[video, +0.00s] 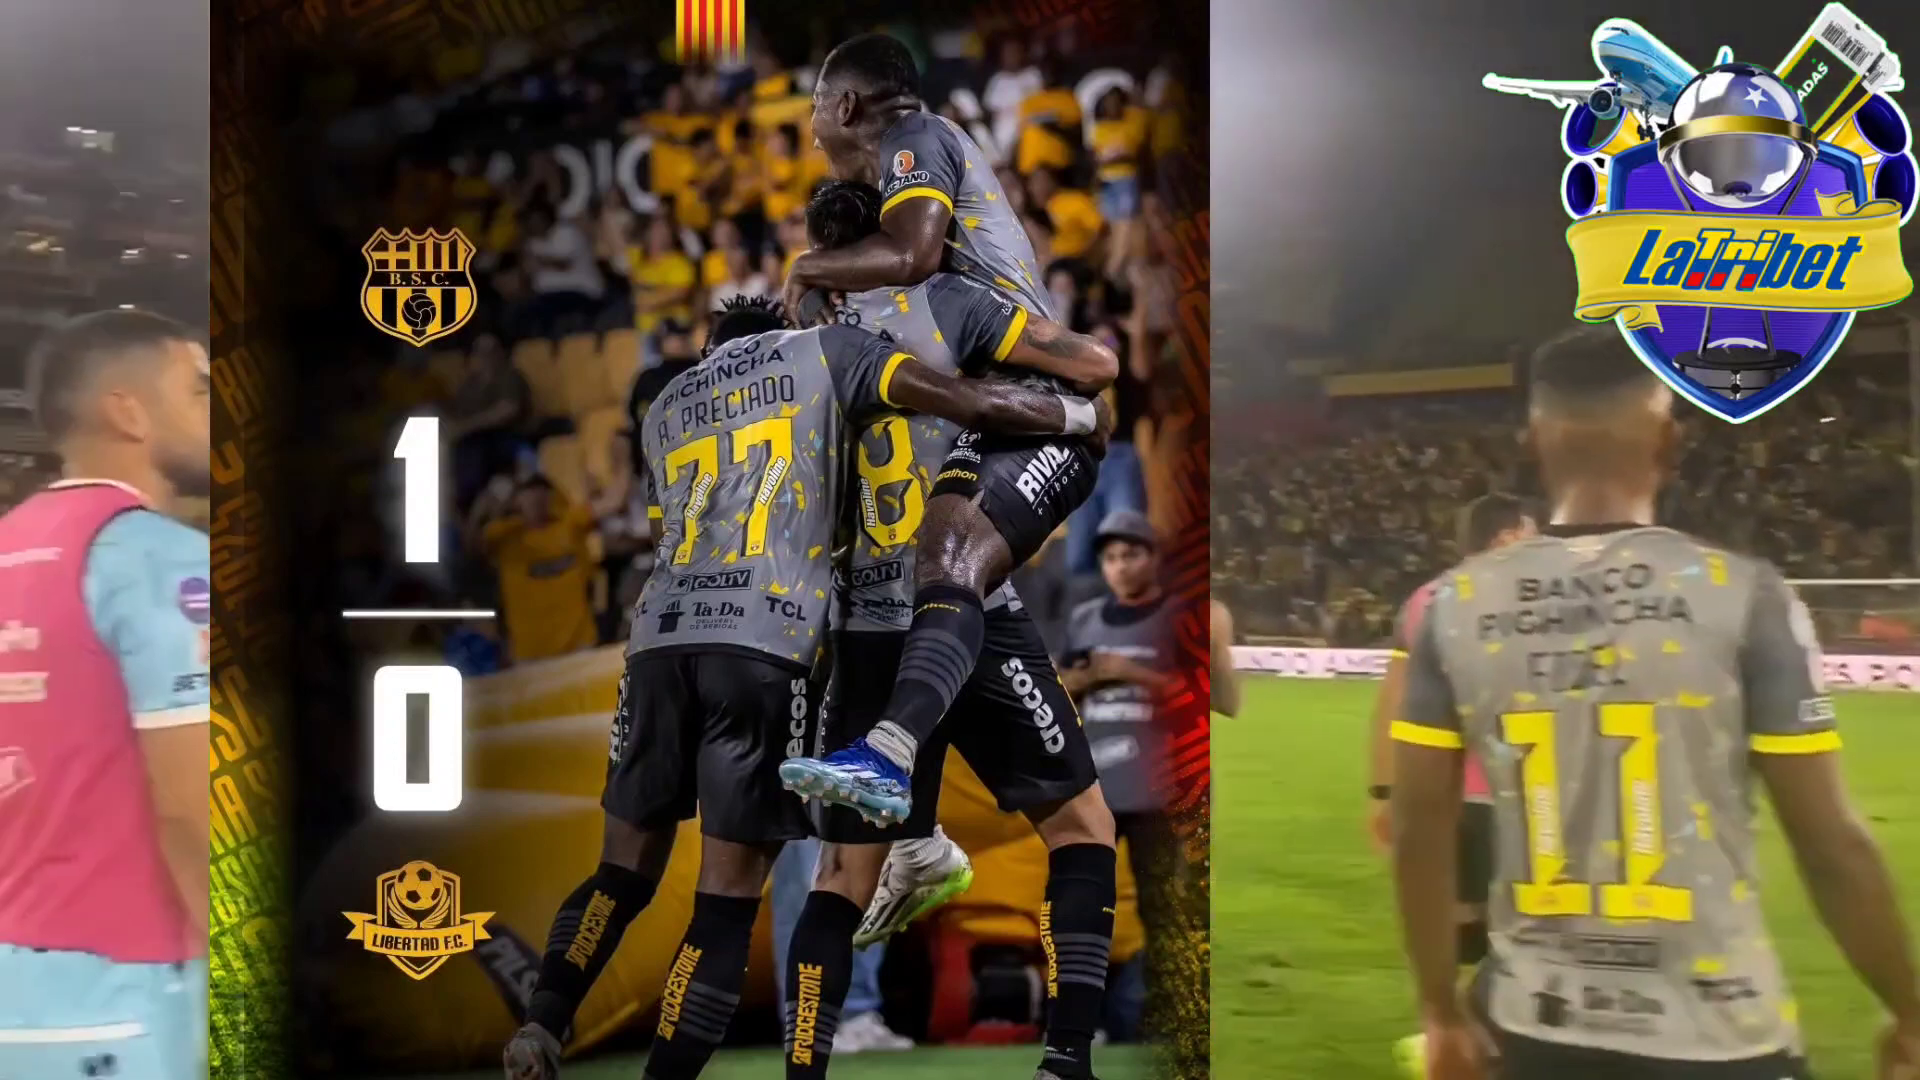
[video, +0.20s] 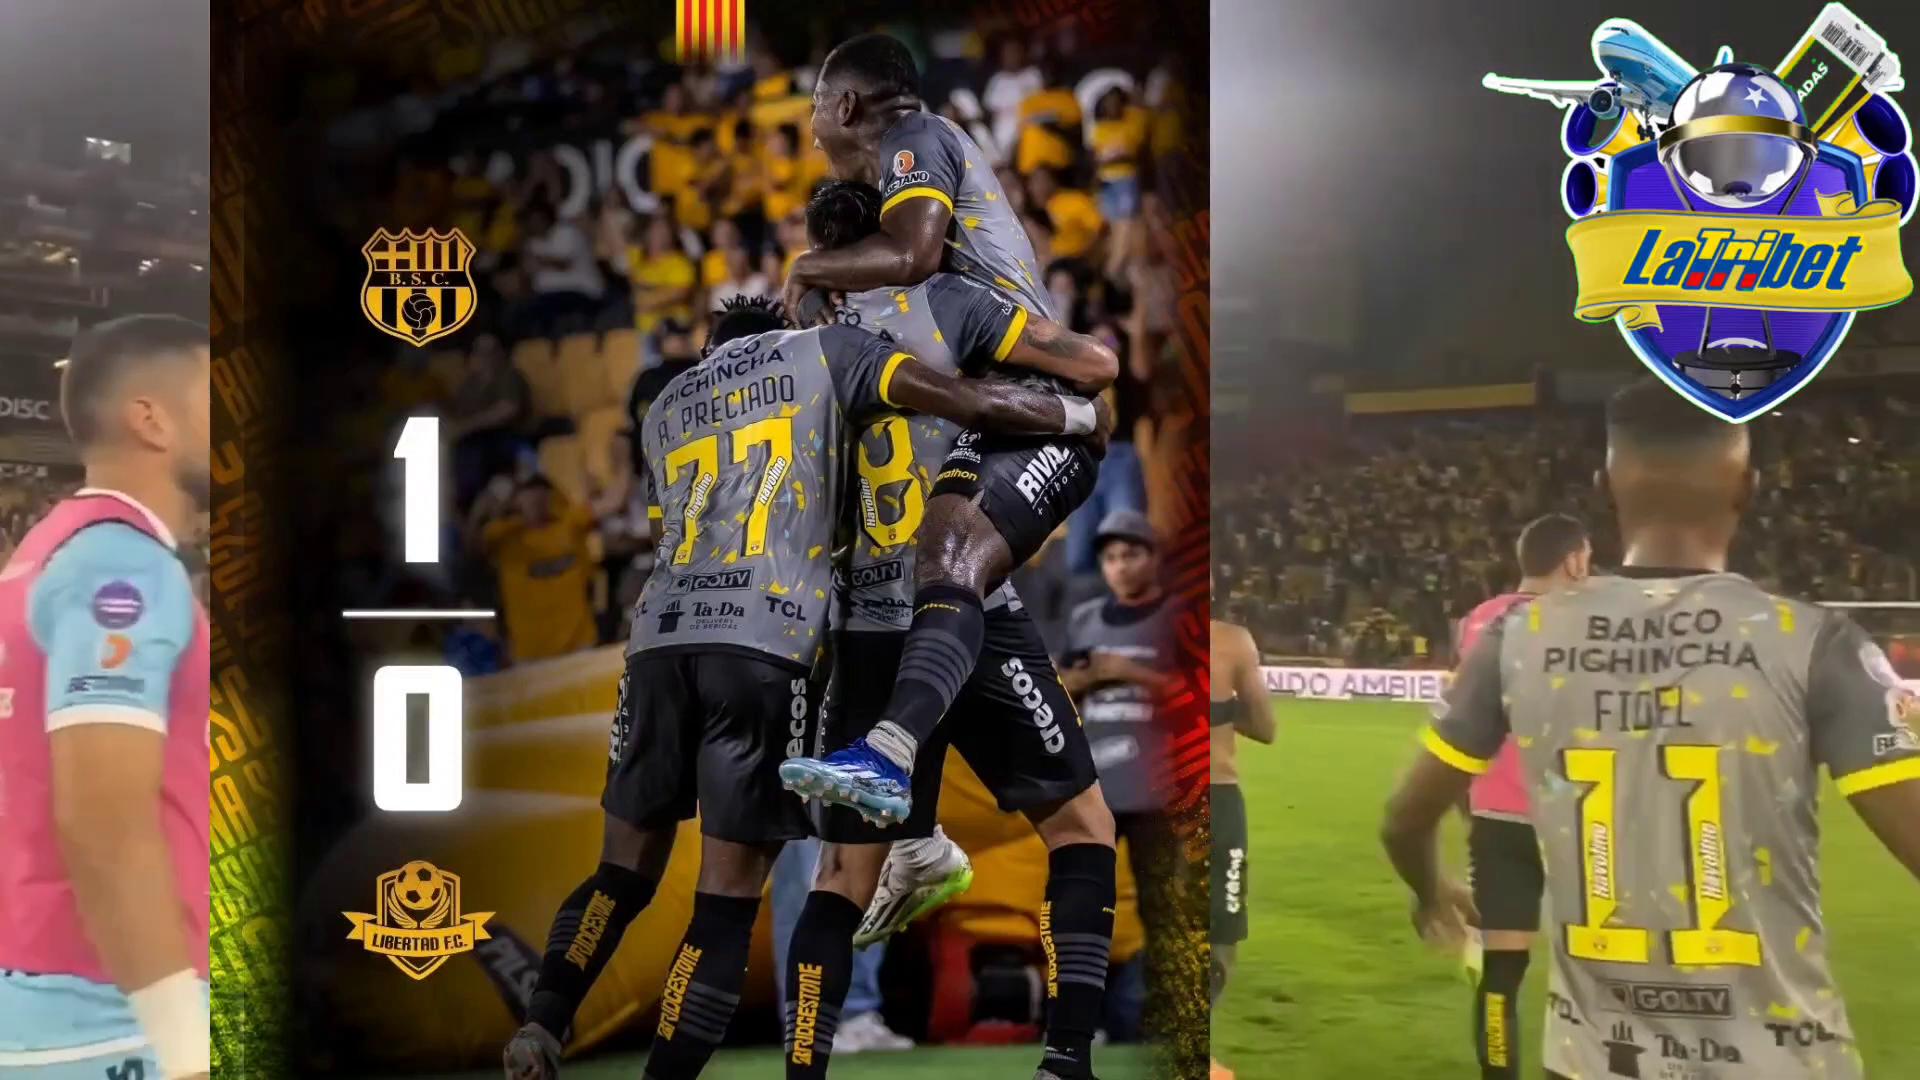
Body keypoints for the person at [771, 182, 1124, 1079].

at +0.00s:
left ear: (822, 255)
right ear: (899, 238)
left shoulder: (804, 333)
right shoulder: (952, 297)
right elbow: (1093, 366)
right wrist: (1067, 346)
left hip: (853, 617)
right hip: (963, 613)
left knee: (848, 859)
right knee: (1082, 827)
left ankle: (802, 1063)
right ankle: (1068, 1055)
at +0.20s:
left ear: (822, 255)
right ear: (899, 238)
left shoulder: (804, 333)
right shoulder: (952, 297)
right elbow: (1093, 366)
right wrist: (1072, 347)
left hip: (852, 617)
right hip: (962, 614)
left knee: (849, 860)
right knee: (1082, 827)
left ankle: (802, 1062)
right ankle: (1068, 1056)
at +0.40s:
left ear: (821, 260)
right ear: (897, 241)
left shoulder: (804, 338)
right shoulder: (952, 299)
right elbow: (1094, 367)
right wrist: (1078, 346)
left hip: (854, 619)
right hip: (965, 615)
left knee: (849, 859)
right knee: (1081, 827)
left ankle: (802, 1062)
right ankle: (1068, 1056)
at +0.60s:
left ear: (821, 257)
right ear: (897, 239)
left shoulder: (804, 335)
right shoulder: (952, 297)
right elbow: (1094, 367)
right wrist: (1075, 346)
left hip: (853, 618)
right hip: (964, 615)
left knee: (848, 860)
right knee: (1082, 827)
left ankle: (802, 1063)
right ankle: (1068, 1056)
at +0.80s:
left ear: (822, 255)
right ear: (898, 238)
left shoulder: (805, 333)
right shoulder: (952, 296)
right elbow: (1094, 367)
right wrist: (1076, 346)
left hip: (854, 616)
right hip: (964, 614)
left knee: (849, 859)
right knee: (1082, 827)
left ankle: (802, 1063)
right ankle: (1068, 1056)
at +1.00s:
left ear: (822, 255)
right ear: (898, 238)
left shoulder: (805, 333)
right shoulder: (952, 296)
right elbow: (1094, 367)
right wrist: (1077, 346)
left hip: (854, 616)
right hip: (963, 614)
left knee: (849, 859)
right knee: (1082, 827)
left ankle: (802, 1064)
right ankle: (1068, 1056)